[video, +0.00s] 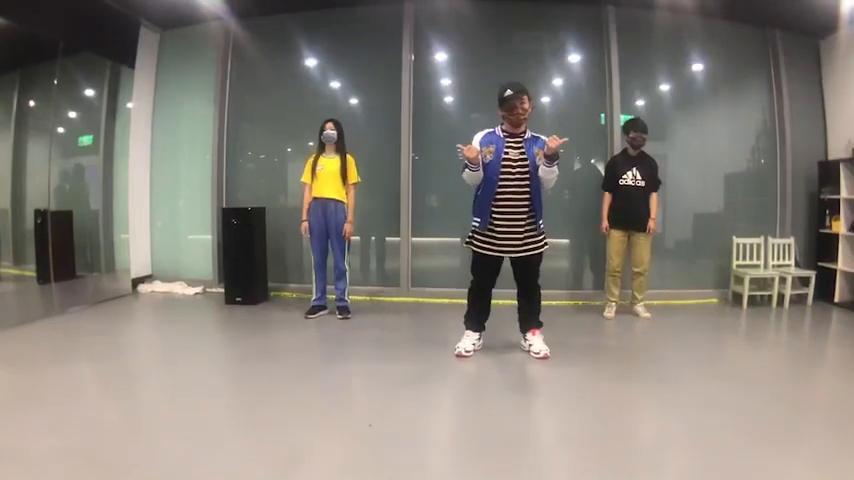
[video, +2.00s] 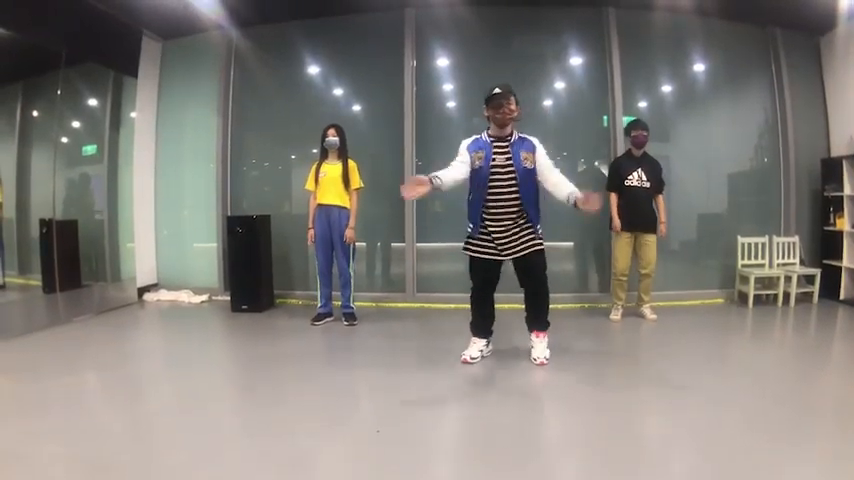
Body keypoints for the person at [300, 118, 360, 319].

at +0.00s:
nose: (329, 133)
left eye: (333, 129)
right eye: (325, 130)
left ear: (339, 134)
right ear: (321, 135)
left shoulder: (347, 159)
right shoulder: (313, 160)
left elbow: (351, 191)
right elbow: (308, 189)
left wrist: (350, 220)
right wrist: (304, 217)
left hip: (338, 204)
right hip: (316, 203)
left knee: (340, 258)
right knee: (318, 257)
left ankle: (342, 302)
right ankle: (319, 301)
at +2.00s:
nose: (331, 139)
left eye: (335, 136)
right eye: (327, 136)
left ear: (341, 140)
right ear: (323, 141)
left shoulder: (349, 165)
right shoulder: (317, 166)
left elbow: (354, 196)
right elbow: (313, 197)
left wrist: (351, 226)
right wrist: (310, 226)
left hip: (341, 211)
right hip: (321, 211)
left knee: (344, 263)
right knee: (323, 263)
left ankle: (348, 309)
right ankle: (324, 308)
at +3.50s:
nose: (345, 149)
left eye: (349, 146)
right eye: (341, 146)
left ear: (354, 154)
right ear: (335, 152)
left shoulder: (356, 180)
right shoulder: (324, 173)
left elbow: (363, 207)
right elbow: (300, 191)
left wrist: (350, 209)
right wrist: (309, 214)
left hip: (341, 224)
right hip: (322, 223)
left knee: (348, 271)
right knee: (328, 273)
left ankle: (348, 313)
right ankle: (299, 311)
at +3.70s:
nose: (337, 136)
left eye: (341, 133)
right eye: (333, 133)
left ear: (348, 141)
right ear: (328, 140)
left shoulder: (352, 166)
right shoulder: (320, 165)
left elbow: (350, 198)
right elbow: (314, 194)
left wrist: (336, 224)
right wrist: (308, 221)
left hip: (343, 212)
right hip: (322, 211)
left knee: (345, 264)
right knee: (313, 261)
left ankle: (348, 311)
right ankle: (306, 309)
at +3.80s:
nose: (331, 135)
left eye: (336, 133)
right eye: (328, 133)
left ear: (342, 141)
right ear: (323, 141)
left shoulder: (346, 165)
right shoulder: (315, 166)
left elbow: (350, 198)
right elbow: (310, 196)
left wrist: (332, 223)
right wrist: (306, 221)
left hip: (340, 214)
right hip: (318, 212)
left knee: (344, 264)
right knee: (311, 262)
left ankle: (350, 311)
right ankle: (306, 310)